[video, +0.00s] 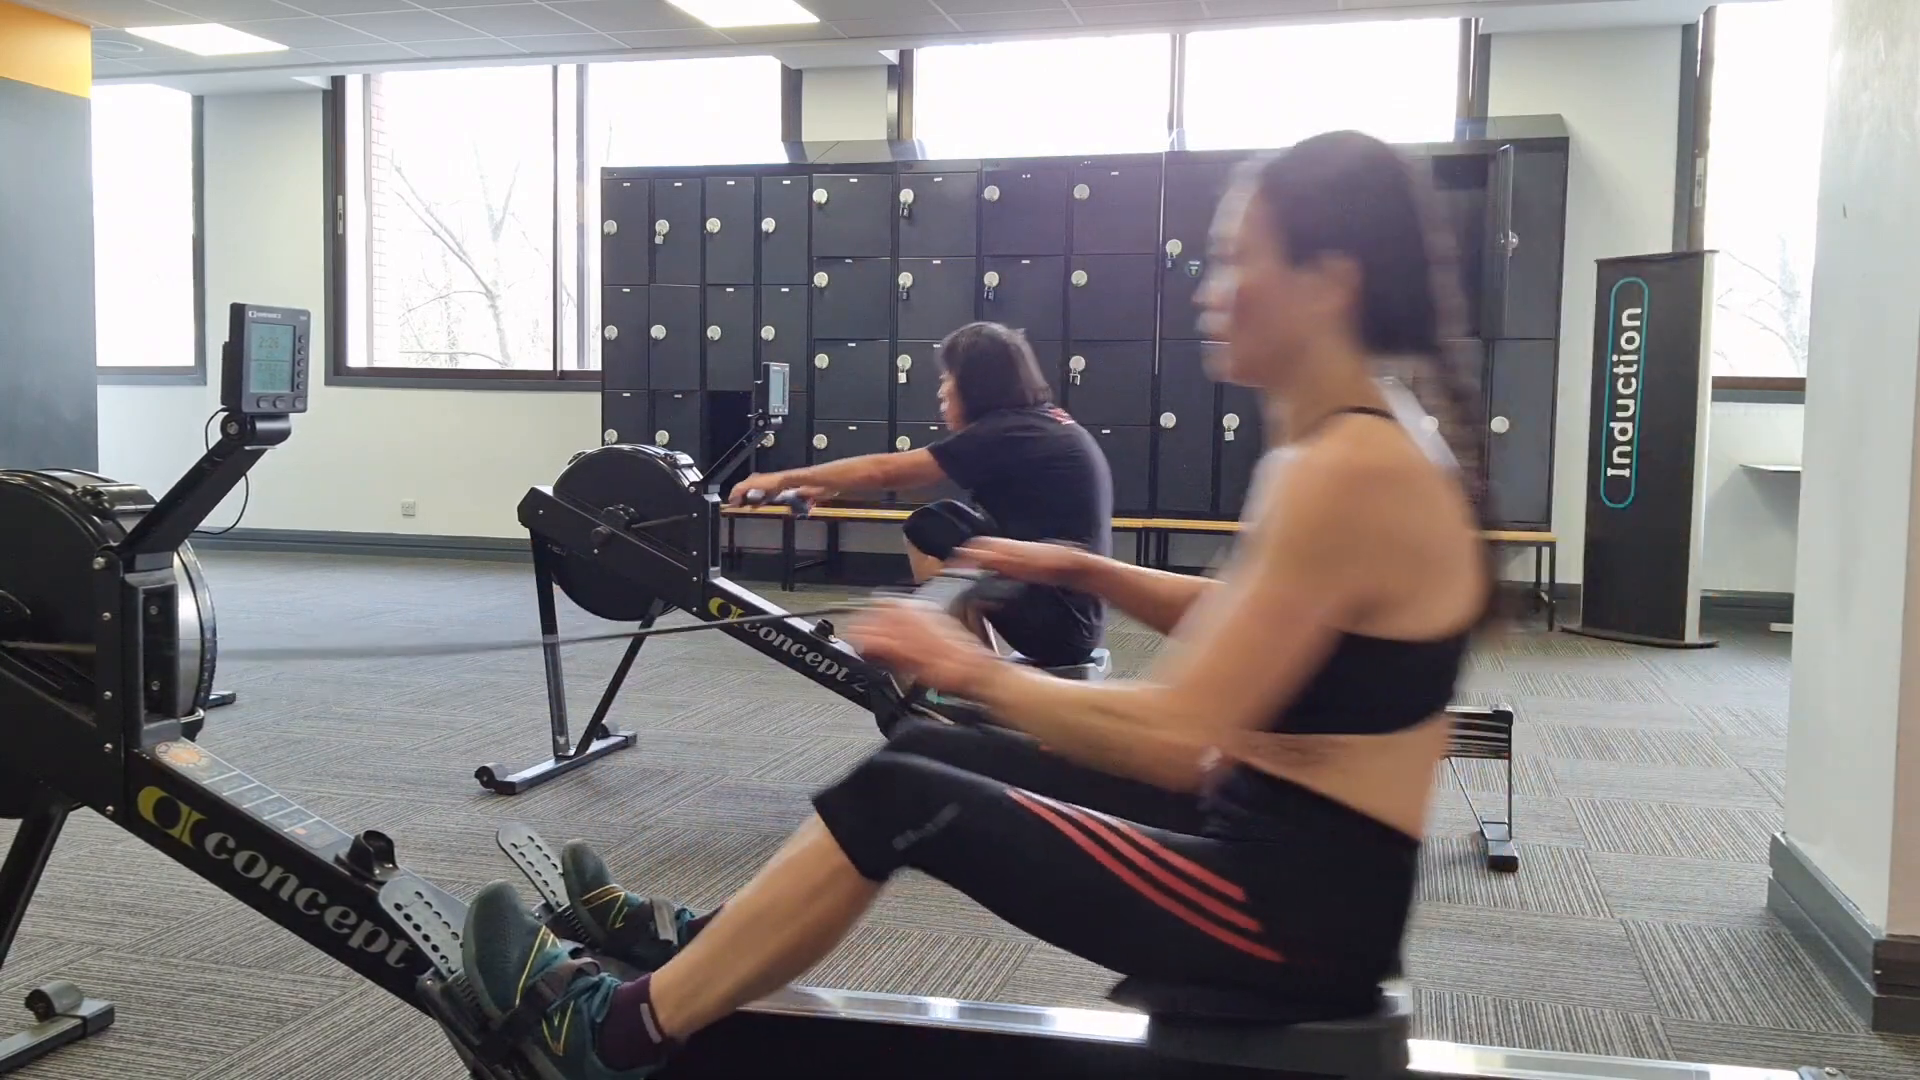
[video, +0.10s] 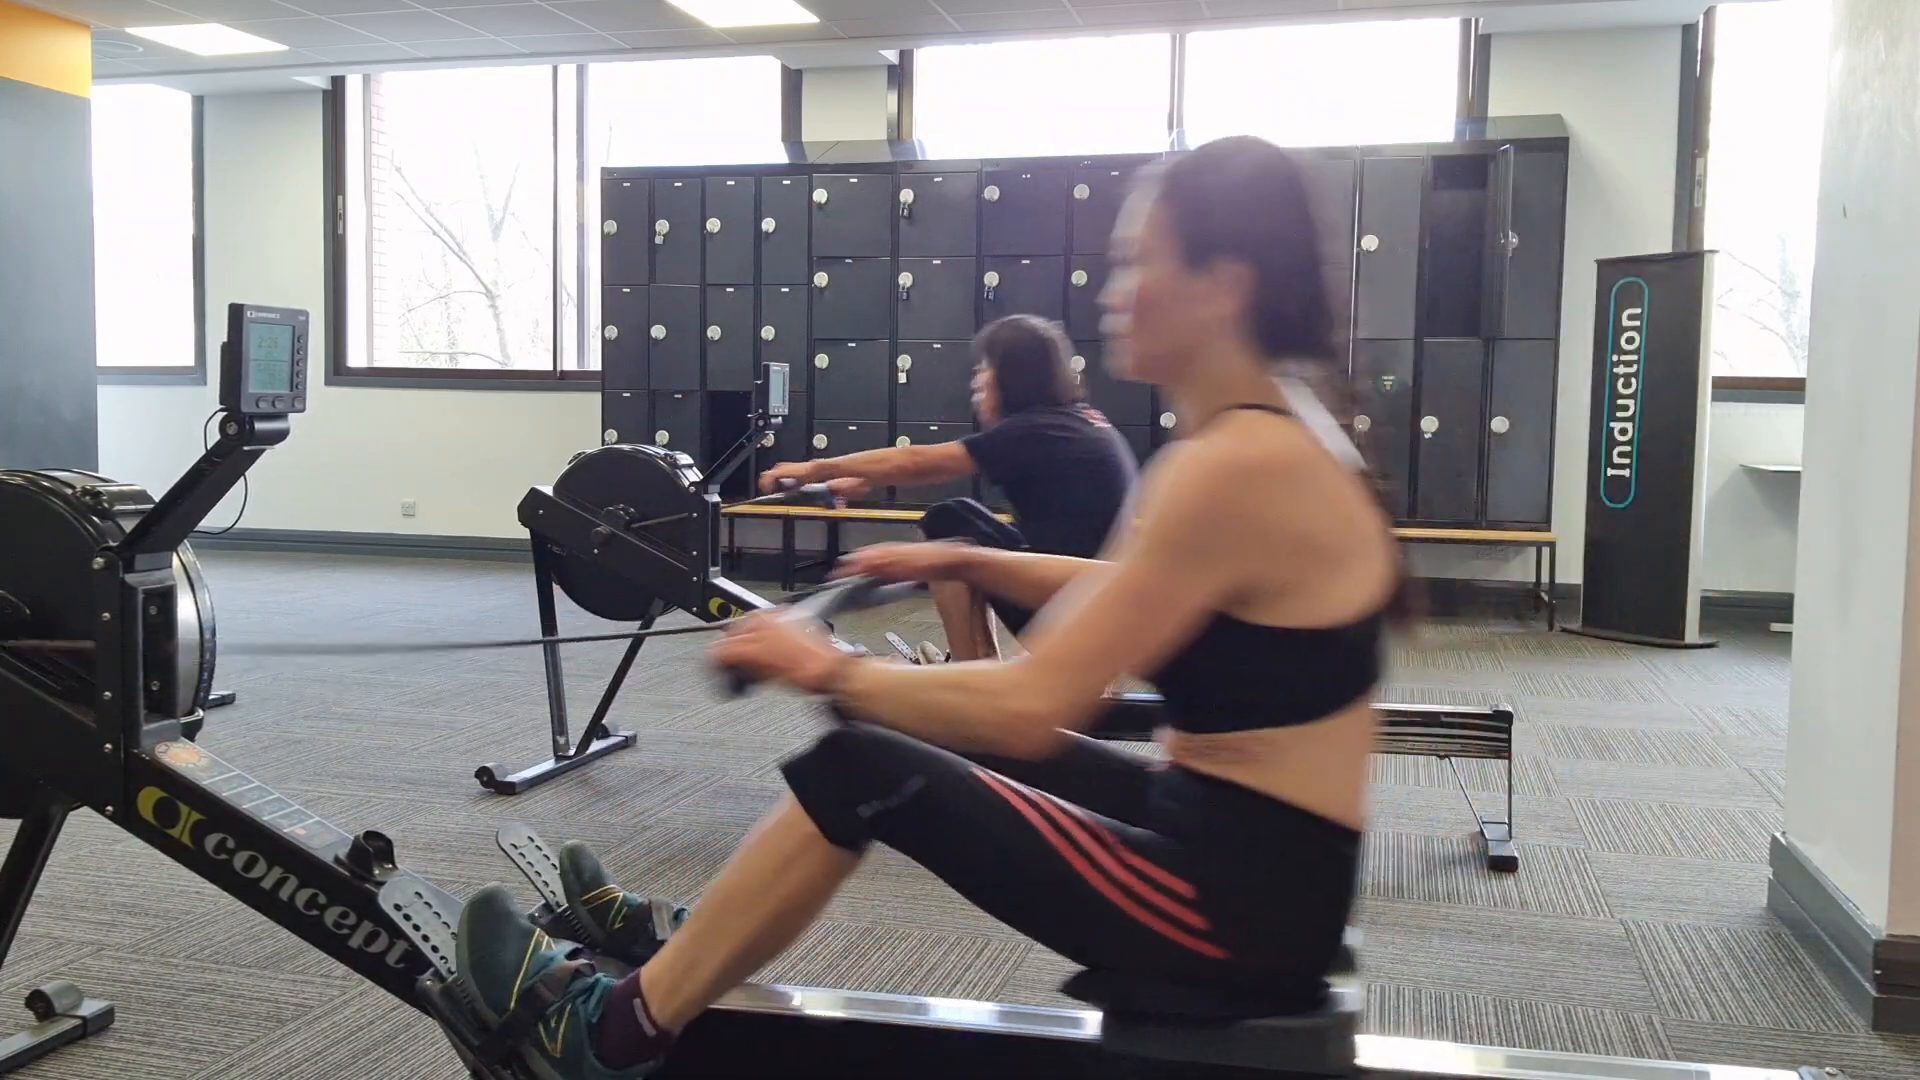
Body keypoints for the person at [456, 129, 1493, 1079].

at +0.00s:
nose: (1208, 296)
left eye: (1236, 263)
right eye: (1213, 266)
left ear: (1334, 280)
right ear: (1319, 284)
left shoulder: (1350, 469)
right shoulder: (1347, 453)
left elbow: (1179, 743)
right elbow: (1253, 628)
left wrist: (972, 669)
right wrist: (1084, 571)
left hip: (1290, 910)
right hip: (1273, 868)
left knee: (913, 786)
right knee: (923, 747)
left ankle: (640, 1025)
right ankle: (691, 975)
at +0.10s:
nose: (1114, 296)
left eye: (1138, 267)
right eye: (1120, 268)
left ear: (1227, 284)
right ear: (1221, 288)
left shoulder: (1234, 467)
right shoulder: (1255, 442)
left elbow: (1030, 710)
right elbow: (1155, 599)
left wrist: (833, 670)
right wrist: (966, 562)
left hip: (1240, 895)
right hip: (1231, 845)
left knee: (866, 769)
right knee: (878, 748)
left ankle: (634, 1022)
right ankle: (667, 988)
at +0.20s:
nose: (1015, 303)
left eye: (1036, 274)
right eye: (1021, 275)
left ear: (1124, 292)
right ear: (1121, 295)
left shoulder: (1129, 469)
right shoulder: (1179, 433)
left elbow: (891, 705)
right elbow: (1017, 584)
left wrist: (704, 688)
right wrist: (846, 583)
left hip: (1169, 901)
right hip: (1176, 831)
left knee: (834, 741)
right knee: (858, 695)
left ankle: (621, 1020)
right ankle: (672, 952)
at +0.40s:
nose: (846, 316)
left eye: (866, 290)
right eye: (853, 290)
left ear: (941, 315)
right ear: (939, 317)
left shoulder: (939, 480)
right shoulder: (1027, 437)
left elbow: (683, 659)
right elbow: (779, 606)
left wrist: (492, 745)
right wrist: (658, 639)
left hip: (1041, 901)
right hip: (1094, 868)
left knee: (728, 701)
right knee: (788, 655)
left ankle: (614, 1015)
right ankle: (692, 948)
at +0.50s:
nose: (773, 328)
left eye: (789, 303)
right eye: (780, 303)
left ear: (859, 327)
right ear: (871, 330)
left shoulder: (855, 481)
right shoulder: (966, 451)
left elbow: (578, 665)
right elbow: (1099, 607)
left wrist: (404, 762)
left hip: (983, 904)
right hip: (1054, 878)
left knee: (690, 679)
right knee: (752, 642)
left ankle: (607, 1011)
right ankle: (690, 947)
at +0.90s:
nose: (720, 327)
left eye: (737, 304)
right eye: (728, 302)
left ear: (808, 331)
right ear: (851, 338)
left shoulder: (792, 476)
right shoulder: (941, 464)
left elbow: (513, 581)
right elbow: (1071, 629)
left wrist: (307, 641)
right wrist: (938, 716)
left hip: (938, 889)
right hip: (1024, 874)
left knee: (673, 643)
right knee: (726, 628)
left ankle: (611, 996)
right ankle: (685, 932)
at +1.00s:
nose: (812, 314)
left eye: (832, 290)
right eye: (820, 288)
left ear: (906, 319)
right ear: (922, 321)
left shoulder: (883, 473)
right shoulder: (1005, 443)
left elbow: (602, 583)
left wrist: (411, 649)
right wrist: (672, 575)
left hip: (1005, 891)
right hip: (1076, 870)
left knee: (716, 661)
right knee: (765, 643)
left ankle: (605, 998)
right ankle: (684, 949)